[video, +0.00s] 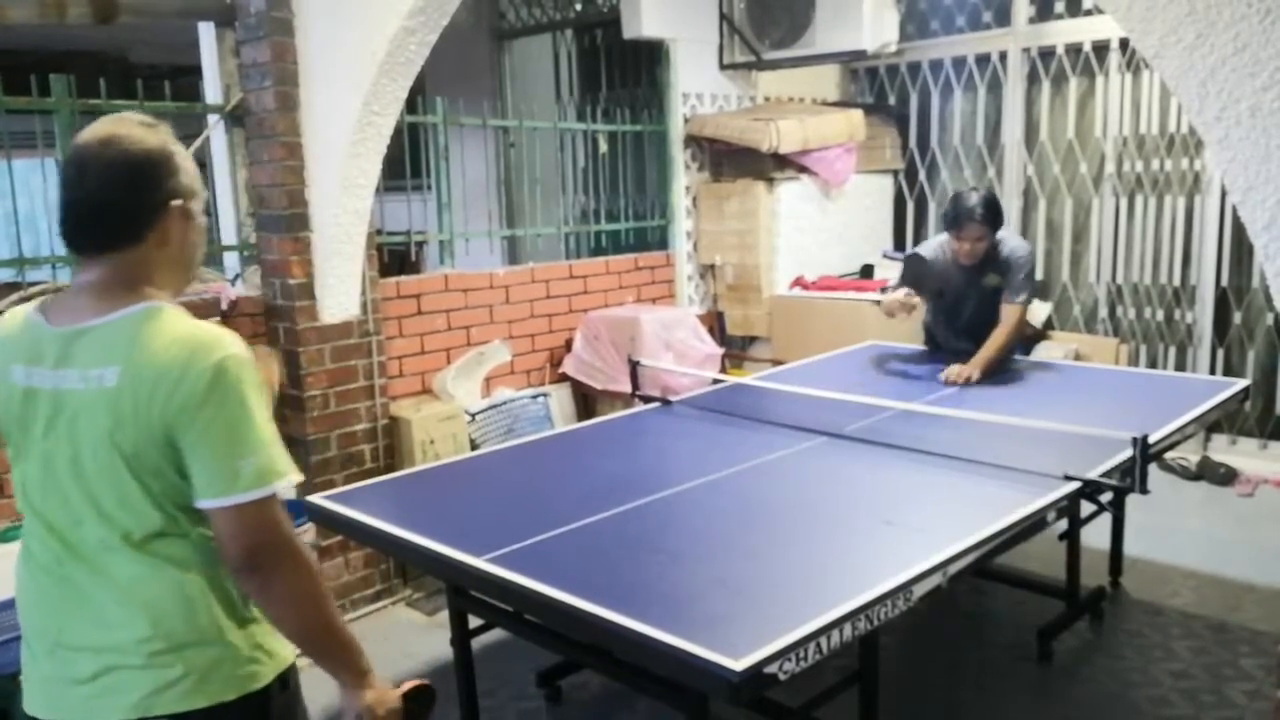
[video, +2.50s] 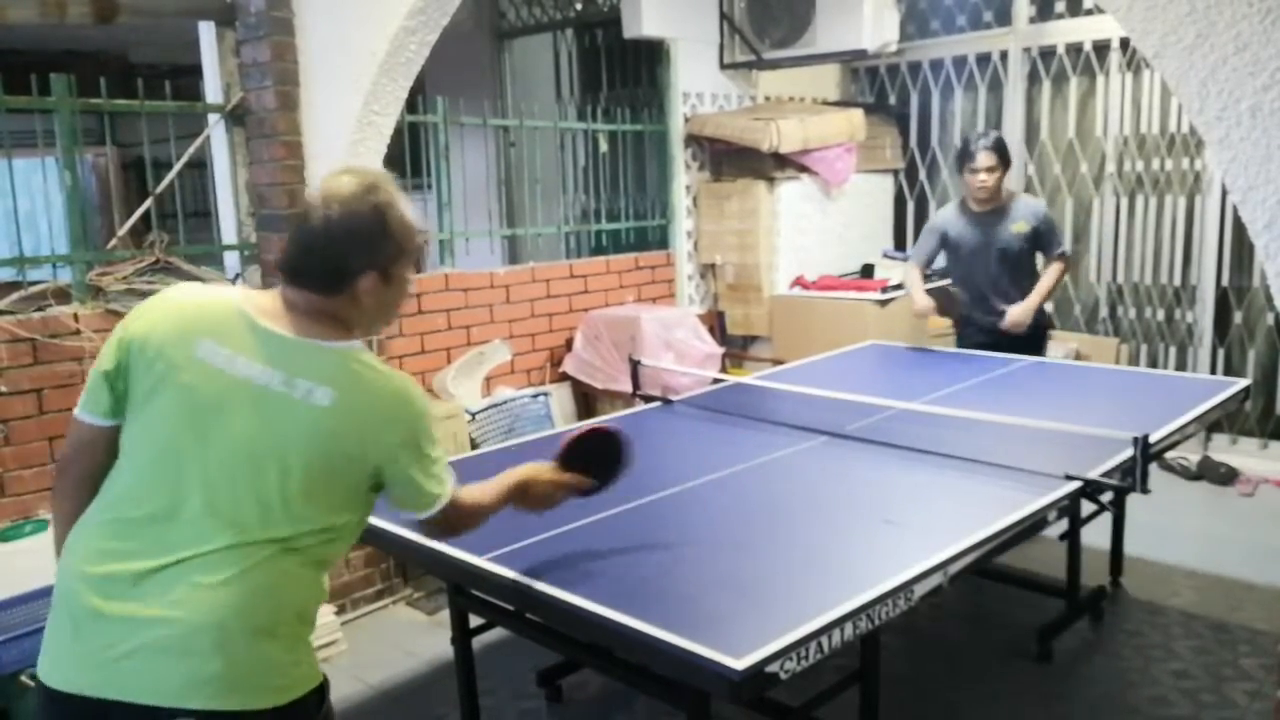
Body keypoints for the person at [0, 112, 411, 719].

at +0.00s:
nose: (202, 230)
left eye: (203, 212)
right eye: (201, 212)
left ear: (75, 219)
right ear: (175, 219)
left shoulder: (15, 340)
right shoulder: (201, 356)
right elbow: (256, 551)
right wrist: (359, 678)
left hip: (56, 682)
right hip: (198, 686)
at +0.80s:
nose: (175, 229)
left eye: (172, 211)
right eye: (166, 211)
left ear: (44, 225)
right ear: (124, 230)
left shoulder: (8, 335)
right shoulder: (182, 343)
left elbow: (13, 515)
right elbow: (265, 517)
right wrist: (363, 608)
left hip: (54, 673)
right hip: (198, 669)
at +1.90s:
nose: (259, 242)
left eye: (255, 222)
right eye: (248, 222)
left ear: (129, 233)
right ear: (198, 237)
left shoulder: (51, 340)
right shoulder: (229, 358)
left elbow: (36, 504)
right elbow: (246, 552)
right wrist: (390, 582)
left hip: (66, 681)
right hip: (208, 683)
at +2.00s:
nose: (317, 256)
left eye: (315, 237)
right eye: (308, 239)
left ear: (199, 245)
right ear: (260, 251)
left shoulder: (99, 326)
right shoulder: (280, 376)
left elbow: (66, 495)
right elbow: (311, 561)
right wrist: (452, 553)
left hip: (75, 670)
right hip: (219, 681)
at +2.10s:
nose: (377, 283)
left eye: (378, 263)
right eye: (372, 264)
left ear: (269, 252)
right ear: (322, 269)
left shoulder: (142, 311)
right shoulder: (340, 394)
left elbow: (78, 466)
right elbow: (408, 545)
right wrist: (536, 522)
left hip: (79, 669)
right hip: (231, 681)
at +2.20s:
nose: (418, 297)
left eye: (421, 280)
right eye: (414, 283)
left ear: (299, 261)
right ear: (366, 292)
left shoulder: (173, 304)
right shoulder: (390, 408)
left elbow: (91, 459)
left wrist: (124, 544)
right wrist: (587, 487)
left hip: (76, 665)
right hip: (226, 683)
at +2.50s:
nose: (413, 286)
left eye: (414, 269)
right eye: (409, 270)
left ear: (288, 260)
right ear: (370, 283)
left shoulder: (164, 316)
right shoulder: (388, 402)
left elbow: (70, 482)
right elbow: (447, 519)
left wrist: (86, 595)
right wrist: (516, 484)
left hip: (83, 662)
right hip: (242, 680)